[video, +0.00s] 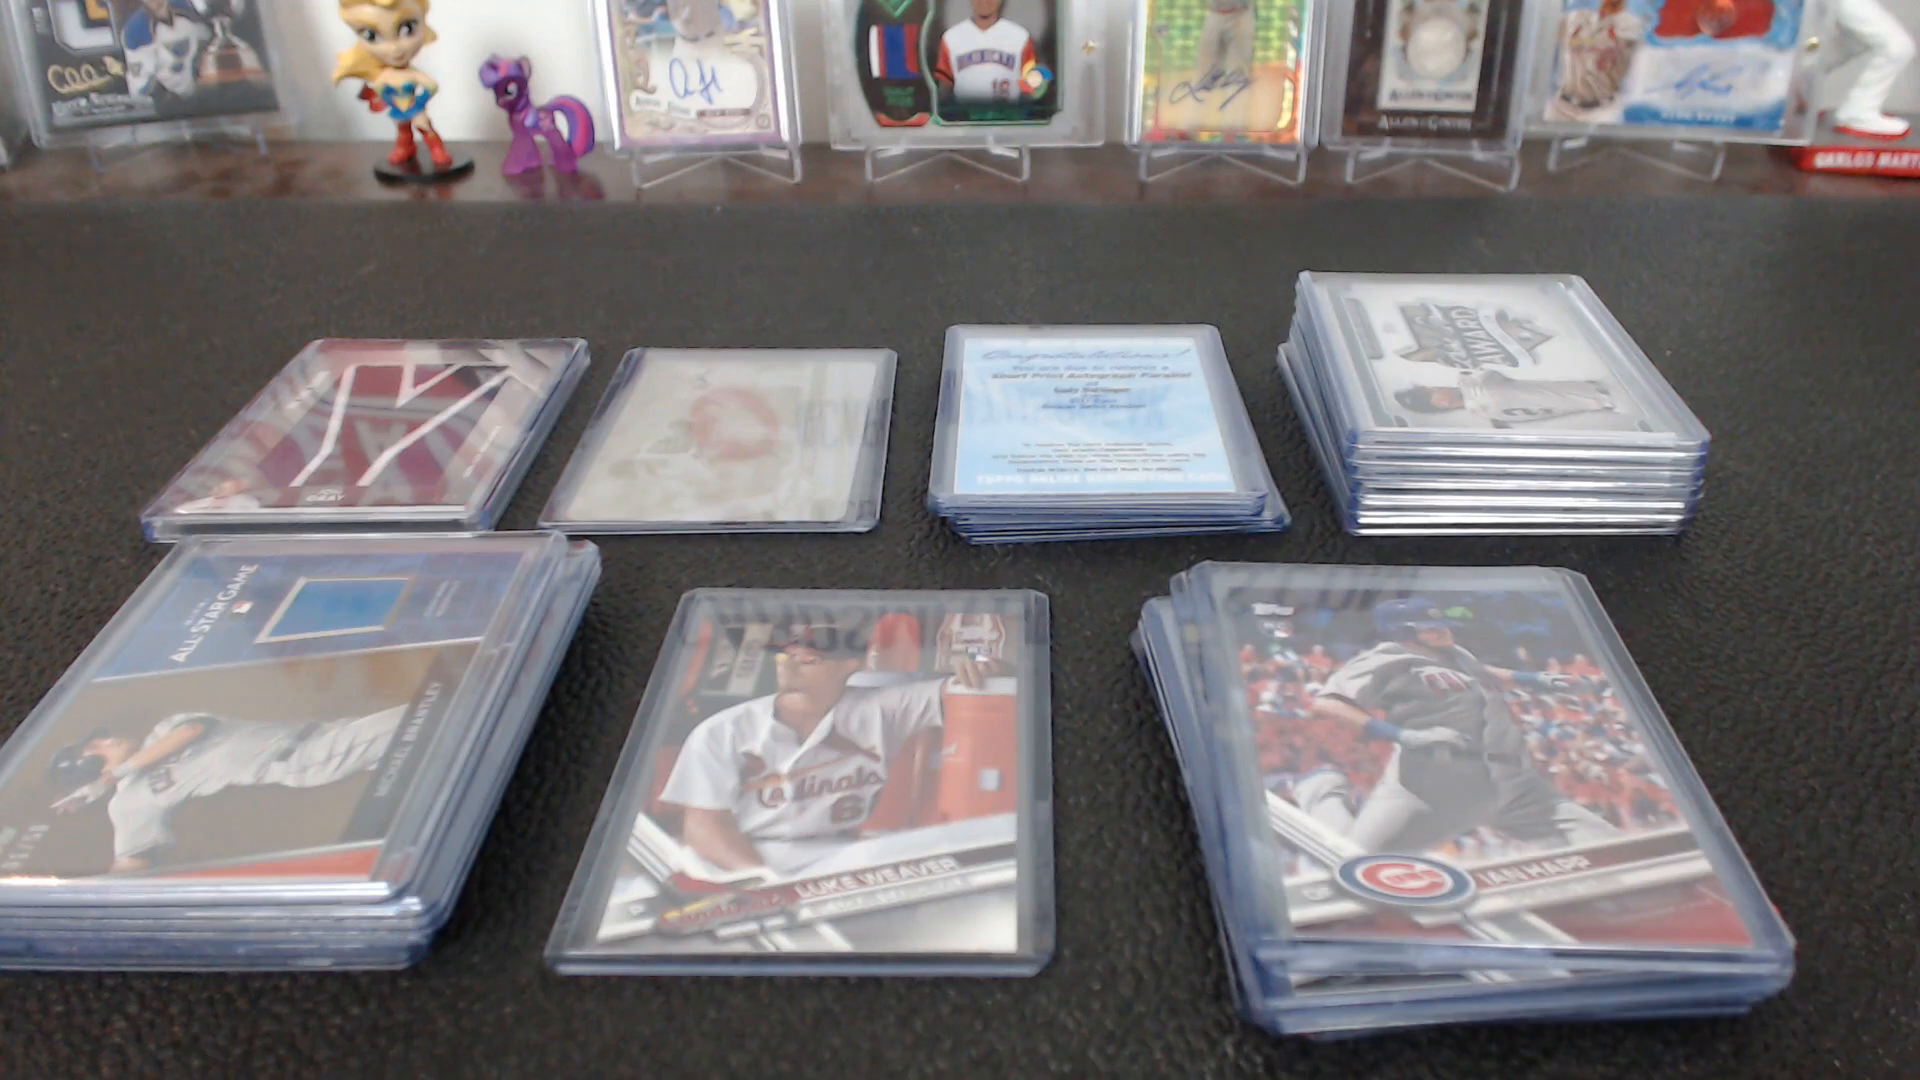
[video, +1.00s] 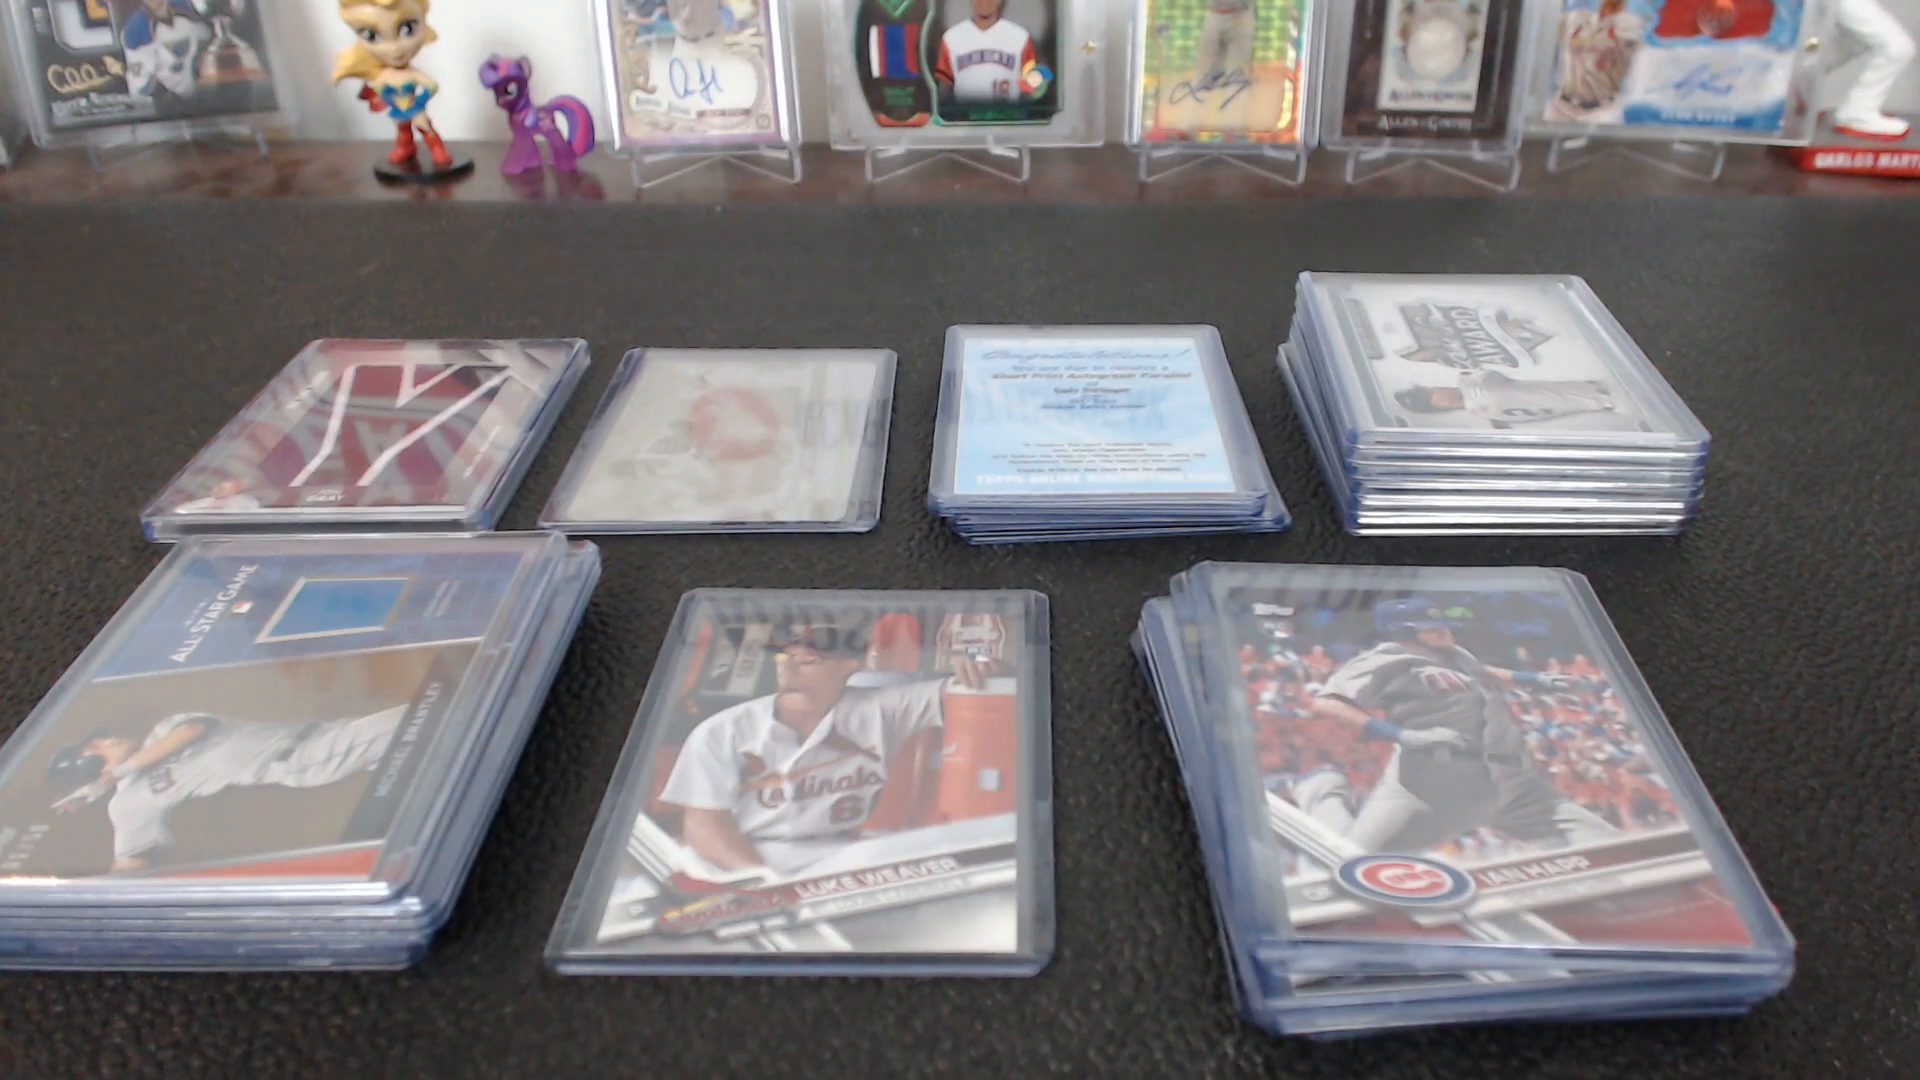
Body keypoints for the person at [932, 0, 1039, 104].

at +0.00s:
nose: (984, 2)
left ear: (1000, 2)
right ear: (971, 2)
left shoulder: (1020, 36)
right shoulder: (950, 37)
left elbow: (1030, 82)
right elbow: (944, 82)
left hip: (1009, 121)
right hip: (965, 121)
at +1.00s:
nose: (984, 2)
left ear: (1000, 2)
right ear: (971, 2)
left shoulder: (1020, 36)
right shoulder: (951, 37)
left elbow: (1030, 82)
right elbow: (944, 81)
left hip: (1009, 120)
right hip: (966, 120)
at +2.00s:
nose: (984, 2)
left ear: (1000, 2)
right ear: (971, 2)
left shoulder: (1020, 36)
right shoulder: (951, 37)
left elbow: (1030, 83)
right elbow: (944, 81)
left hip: (1009, 121)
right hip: (965, 120)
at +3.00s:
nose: (983, 2)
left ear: (1000, 2)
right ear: (971, 2)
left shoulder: (1020, 36)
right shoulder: (951, 37)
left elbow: (1030, 80)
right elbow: (944, 78)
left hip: (1009, 119)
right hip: (965, 119)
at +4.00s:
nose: (984, 2)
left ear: (1001, 2)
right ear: (971, 2)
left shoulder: (1020, 37)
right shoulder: (951, 38)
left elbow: (1029, 81)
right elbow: (944, 78)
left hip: (1008, 121)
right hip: (965, 120)